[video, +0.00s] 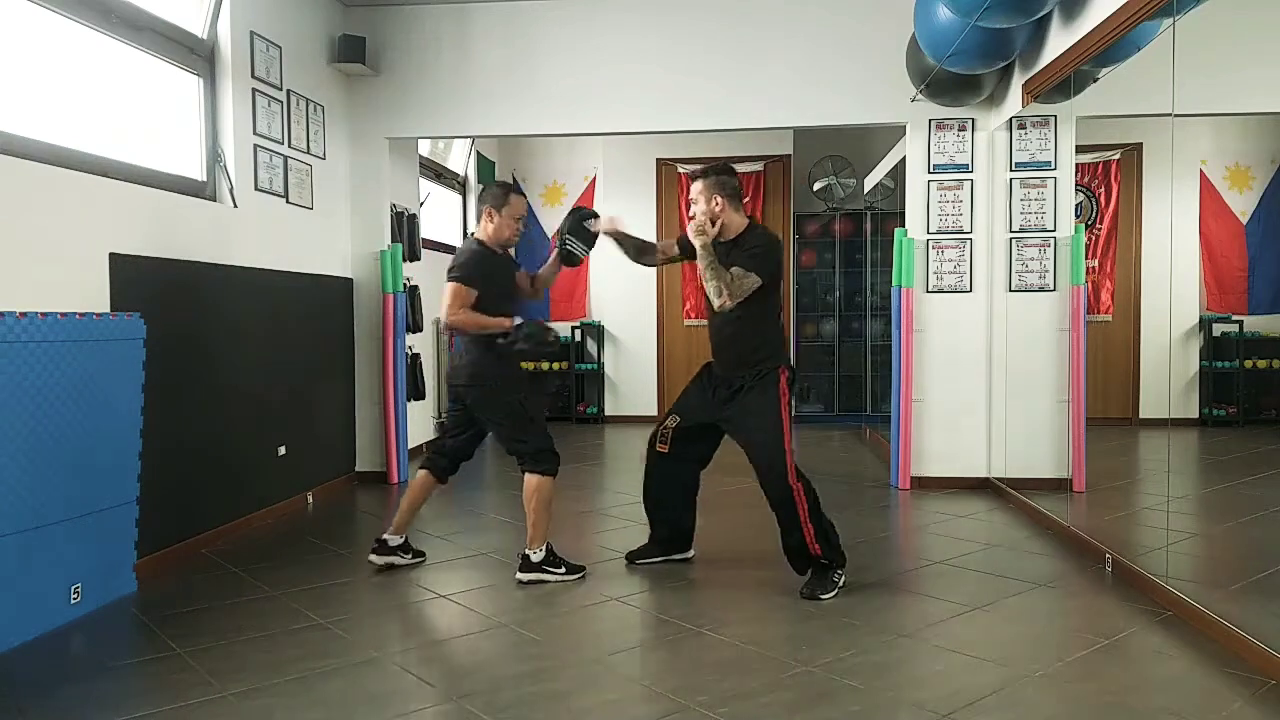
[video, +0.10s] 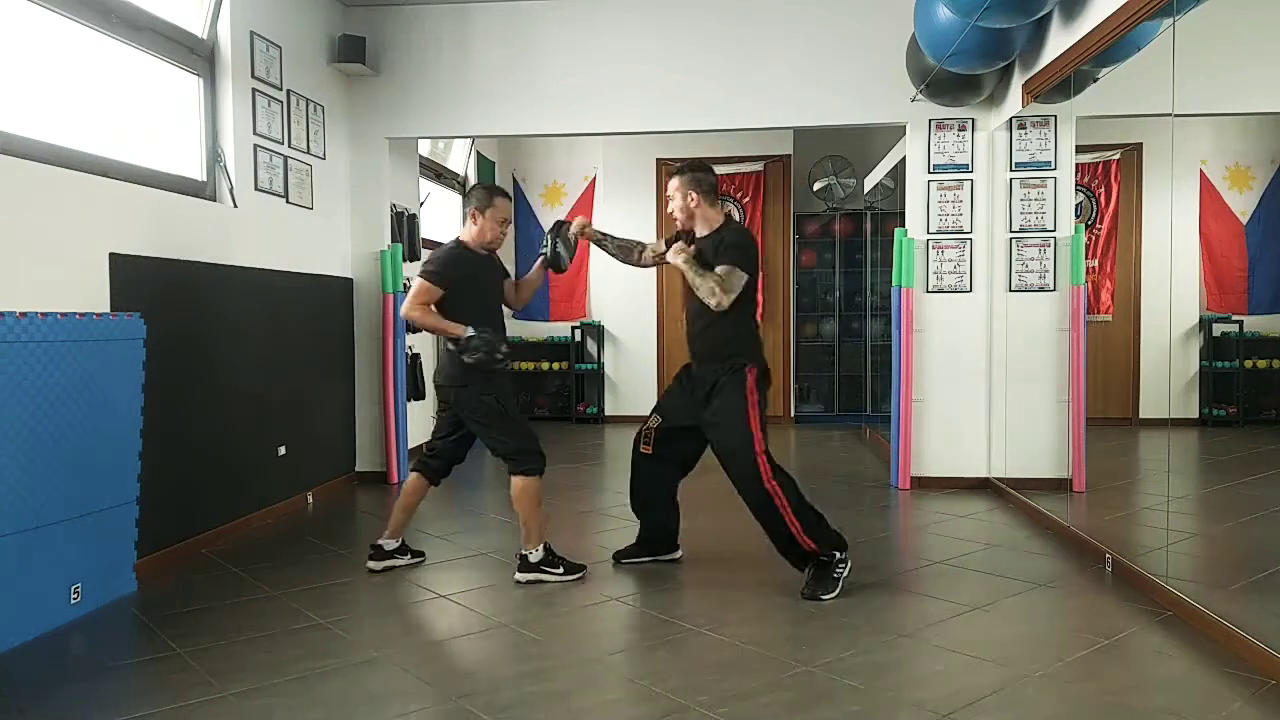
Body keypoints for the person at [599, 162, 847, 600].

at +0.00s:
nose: (692, 211)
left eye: (696, 203)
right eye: (691, 205)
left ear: (722, 203)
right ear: (719, 204)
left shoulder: (763, 245)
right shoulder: (708, 239)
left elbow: (723, 295)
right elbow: (652, 254)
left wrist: (702, 242)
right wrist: (615, 231)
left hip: (763, 380)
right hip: (719, 377)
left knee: (778, 474)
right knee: (668, 447)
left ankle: (826, 562)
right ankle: (671, 541)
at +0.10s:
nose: (668, 209)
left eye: (672, 200)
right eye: (667, 201)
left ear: (695, 199)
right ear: (694, 200)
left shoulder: (738, 239)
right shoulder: (690, 242)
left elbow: (720, 295)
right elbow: (642, 255)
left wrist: (685, 261)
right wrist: (591, 233)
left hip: (737, 375)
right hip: (699, 375)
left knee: (754, 472)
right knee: (651, 449)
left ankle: (828, 554)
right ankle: (658, 541)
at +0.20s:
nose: (652, 206)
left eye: (654, 198)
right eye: (651, 199)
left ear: (676, 198)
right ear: (684, 199)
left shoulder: (698, 228)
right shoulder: (690, 239)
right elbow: (658, 277)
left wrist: (635, 234)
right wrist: (633, 240)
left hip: (716, 368)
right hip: (690, 371)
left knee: (737, 473)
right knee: (647, 450)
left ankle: (819, 548)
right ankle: (651, 542)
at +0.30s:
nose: (637, 210)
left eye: (643, 203)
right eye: (639, 204)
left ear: (666, 203)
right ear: (675, 204)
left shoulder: (684, 228)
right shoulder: (695, 243)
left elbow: (626, 225)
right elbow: (657, 276)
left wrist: (586, 226)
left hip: (706, 374)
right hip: (683, 376)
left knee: (724, 484)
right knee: (641, 450)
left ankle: (810, 555)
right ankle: (650, 541)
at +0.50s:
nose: (625, 213)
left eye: (626, 205)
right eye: (624, 206)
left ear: (643, 201)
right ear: (663, 199)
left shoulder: (639, 231)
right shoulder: (698, 238)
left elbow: (574, 244)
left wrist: (593, 200)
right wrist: (642, 214)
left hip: (678, 368)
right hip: (684, 365)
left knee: (697, 481)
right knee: (635, 448)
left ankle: (781, 555)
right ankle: (647, 541)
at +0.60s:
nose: (618, 210)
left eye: (621, 203)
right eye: (621, 203)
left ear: (633, 200)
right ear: (649, 203)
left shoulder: (641, 223)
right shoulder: (679, 243)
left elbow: (576, 215)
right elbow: (667, 304)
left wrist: (616, 187)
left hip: (685, 369)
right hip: (662, 369)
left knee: (684, 474)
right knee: (630, 448)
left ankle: (750, 562)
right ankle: (647, 541)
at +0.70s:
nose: (625, 193)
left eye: (631, 186)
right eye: (619, 189)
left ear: (644, 193)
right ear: (620, 201)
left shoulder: (655, 223)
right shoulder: (646, 248)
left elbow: (587, 250)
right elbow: (650, 324)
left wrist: (605, 203)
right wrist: (607, 309)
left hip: (688, 364)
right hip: (653, 367)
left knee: (676, 464)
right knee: (620, 451)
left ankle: (719, 565)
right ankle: (647, 541)